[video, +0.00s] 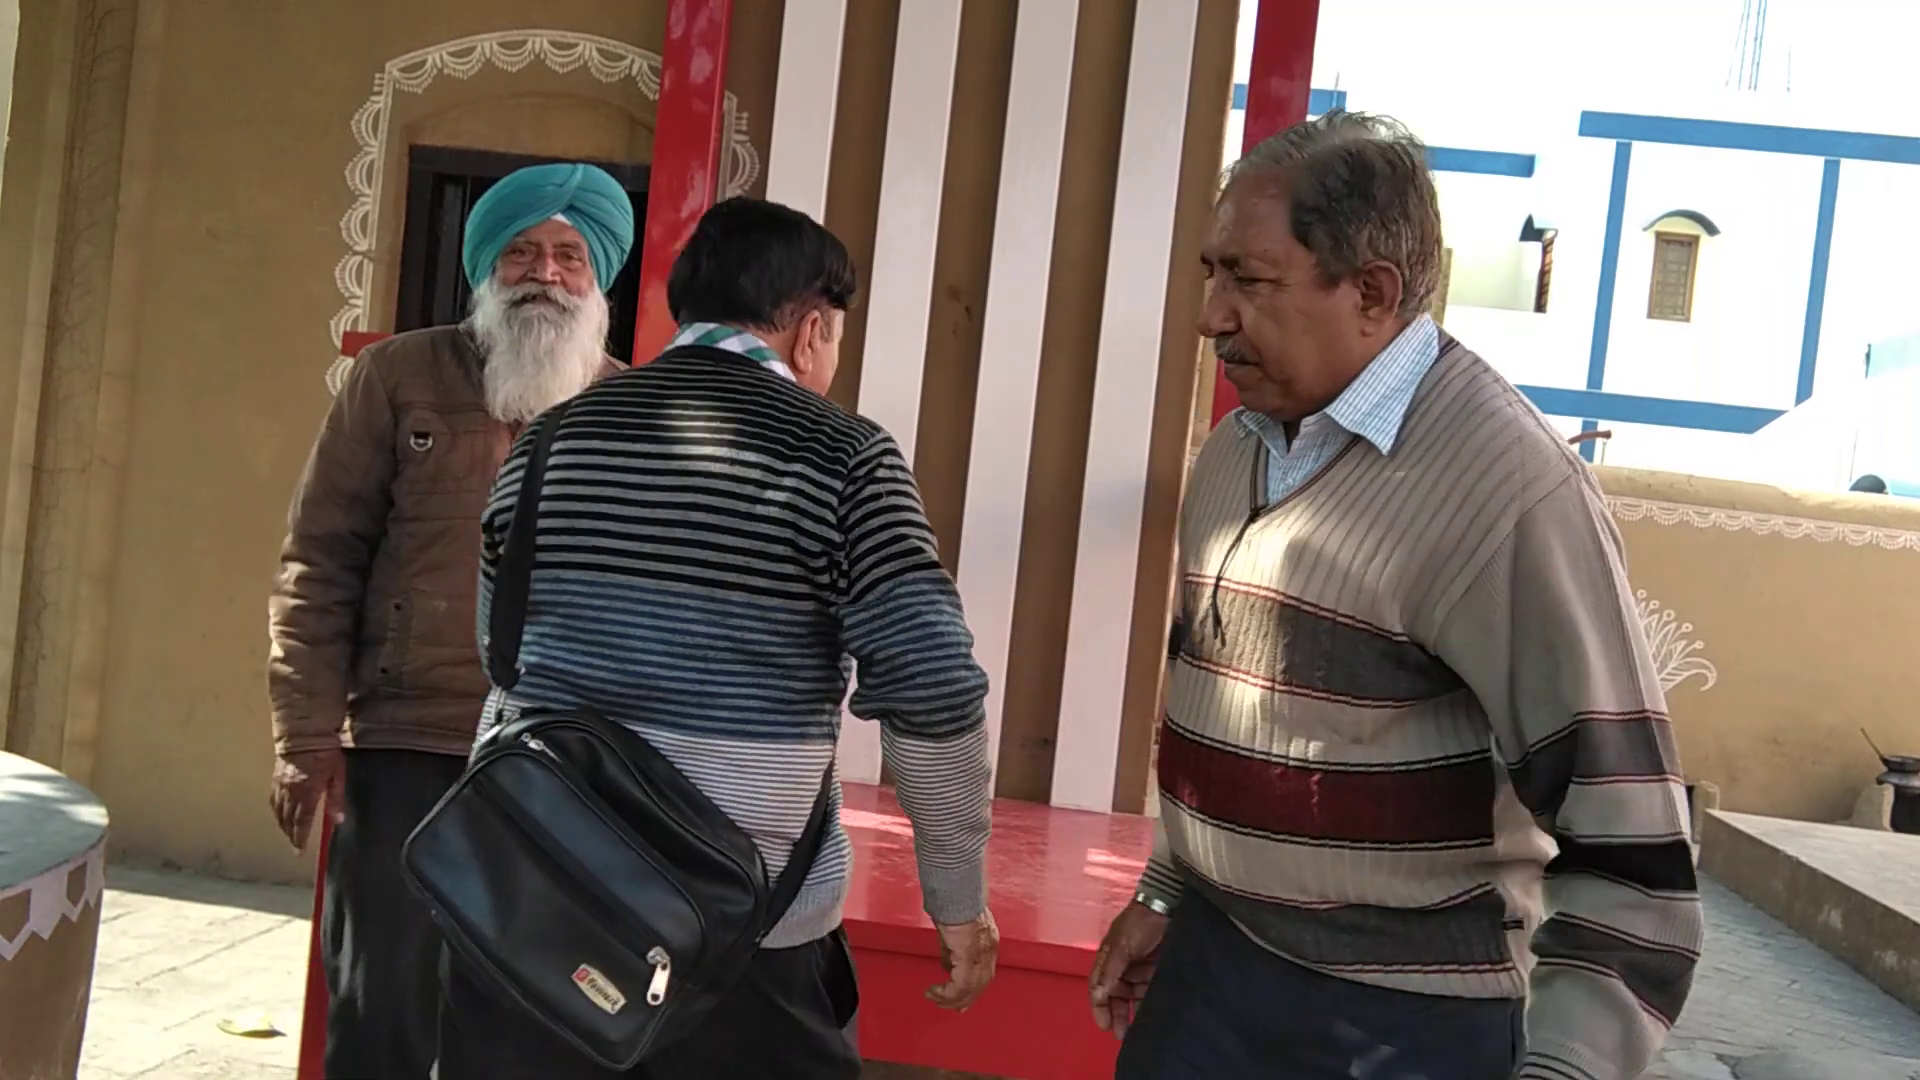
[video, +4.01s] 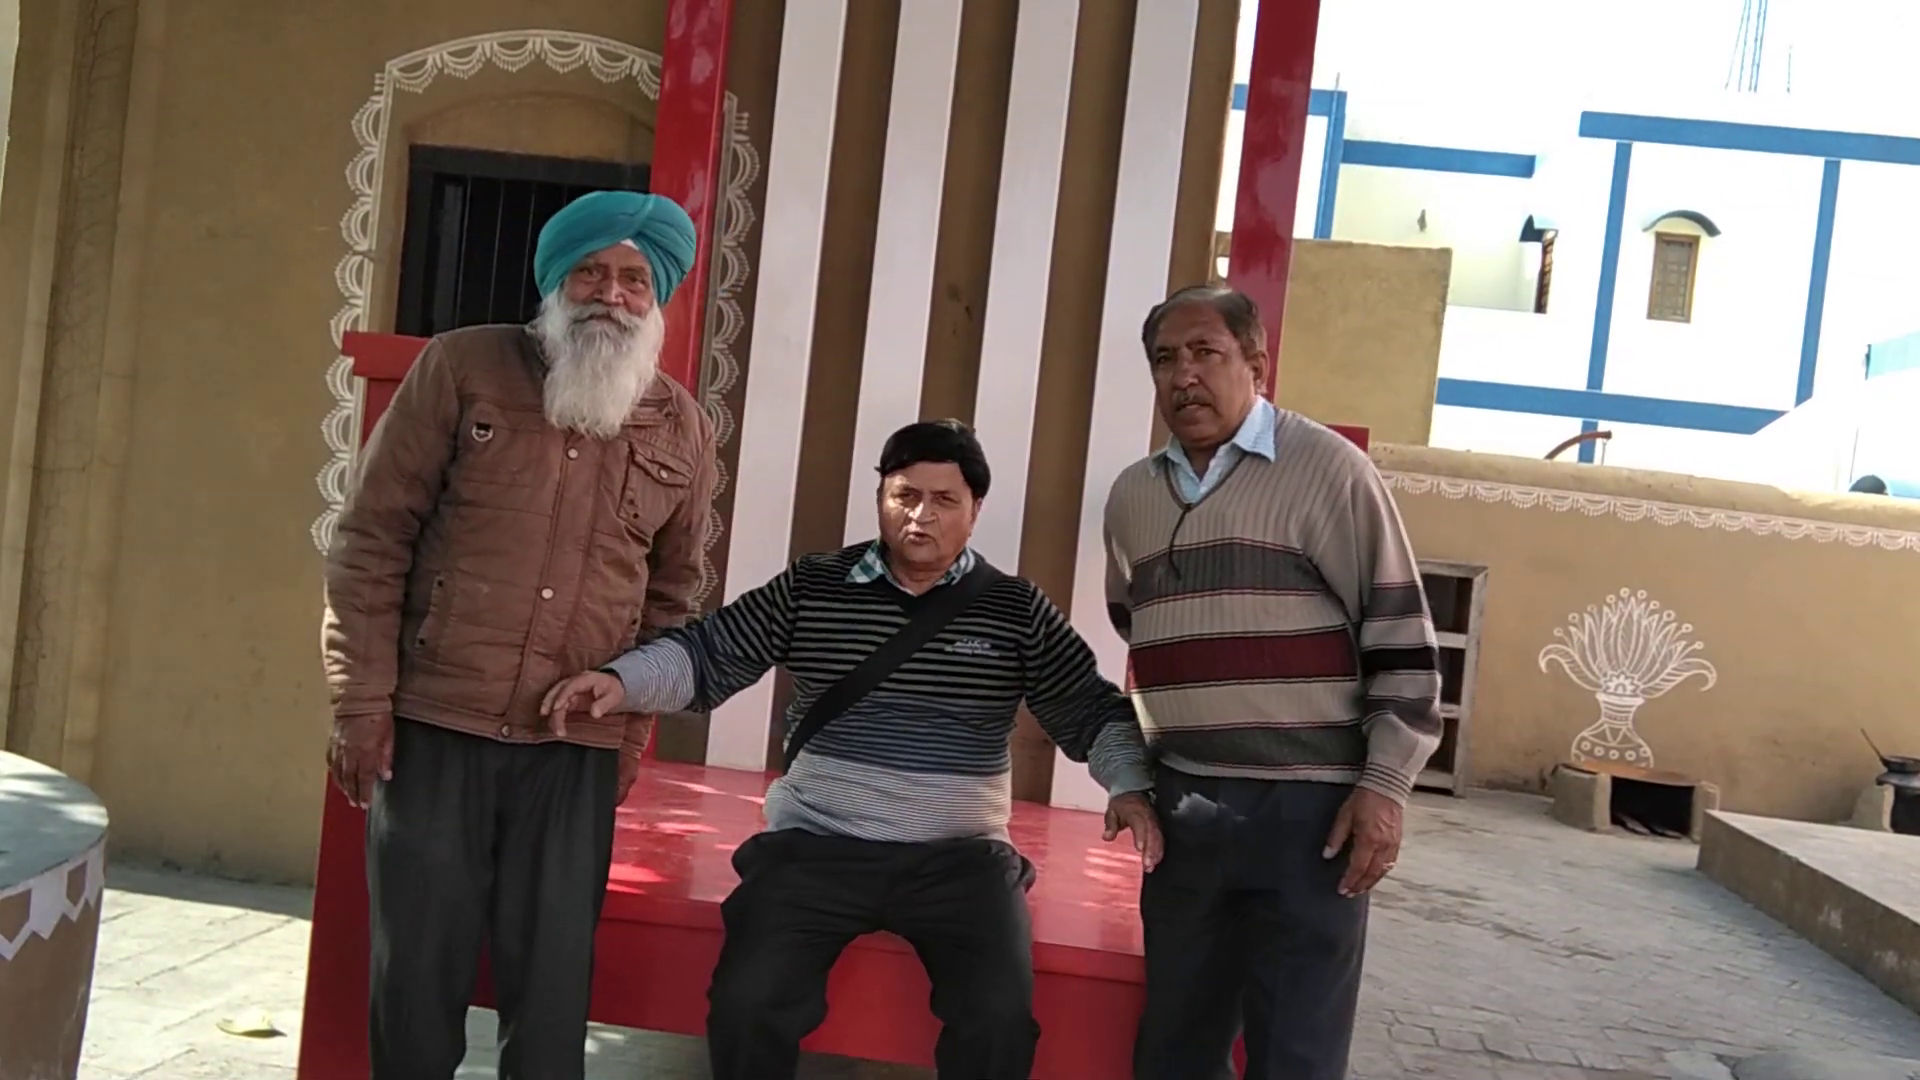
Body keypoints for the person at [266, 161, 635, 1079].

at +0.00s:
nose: (547, 270)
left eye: (571, 254)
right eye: (525, 249)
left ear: (603, 278)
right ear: (486, 265)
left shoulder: (628, 401)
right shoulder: (396, 375)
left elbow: (661, 589)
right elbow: (320, 561)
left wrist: (628, 759)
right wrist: (308, 735)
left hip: (559, 767)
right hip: (409, 760)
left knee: (529, 1027)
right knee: (383, 1019)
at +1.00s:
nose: (600, 341)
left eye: (612, 322)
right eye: (581, 320)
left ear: (620, 319)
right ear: (515, 310)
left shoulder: (622, 419)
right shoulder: (390, 379)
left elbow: (626, 596)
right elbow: (308, 573)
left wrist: (610, 741)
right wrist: (322, 762)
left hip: (548, 787)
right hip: (404, 781)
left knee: (566, 1037)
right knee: (376, 1044)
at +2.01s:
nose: (602, 337)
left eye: (614, 318)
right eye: (584, 316)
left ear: (621, 313)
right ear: (517, 306)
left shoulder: (619, 412)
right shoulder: (393, 379)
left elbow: (626, 585)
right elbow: (315, 575)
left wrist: (616, 728)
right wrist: (335, 763)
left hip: (553, 776)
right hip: (410, 776)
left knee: (569, 1013)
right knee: (378, 1032)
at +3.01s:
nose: (696, 318)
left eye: (720, 304)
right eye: (677, 296)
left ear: (739, 328)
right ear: (635, 303)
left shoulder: (743, 444)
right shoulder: (539, 370)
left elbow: (709, 600)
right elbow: (432, 525)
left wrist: (668, 729)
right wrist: (411, 686)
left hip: (612, 760)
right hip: (476, 737)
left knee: (568, 1016)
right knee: (415, 995)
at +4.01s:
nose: (615, 294)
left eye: (638, 279)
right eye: (596, 271)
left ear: (662, 301)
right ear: (557, 279)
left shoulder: (682, 427)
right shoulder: (461, 365)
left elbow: (679, 588)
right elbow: (371, 538)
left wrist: (636, 713)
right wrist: (362, 705)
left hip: (576, 755)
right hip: (435, 742)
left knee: (550, 1012)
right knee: (415, 1003)